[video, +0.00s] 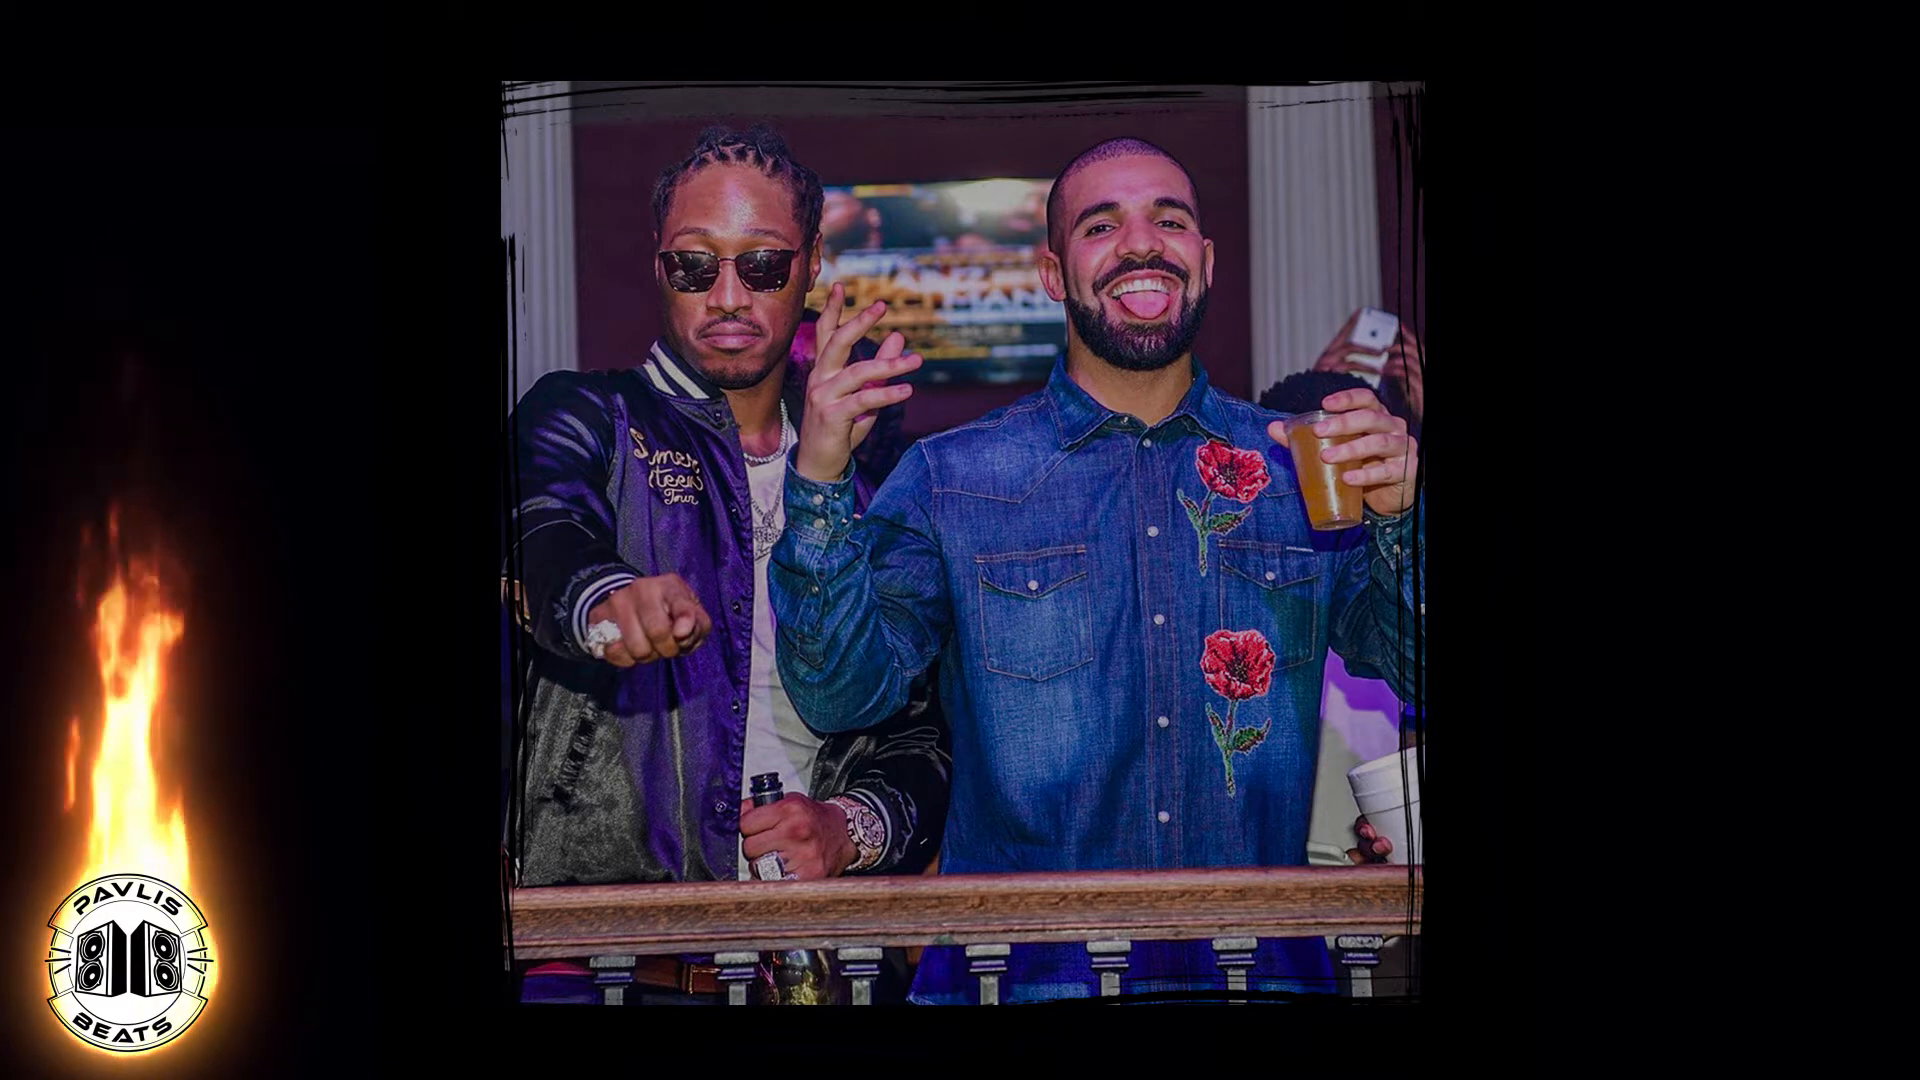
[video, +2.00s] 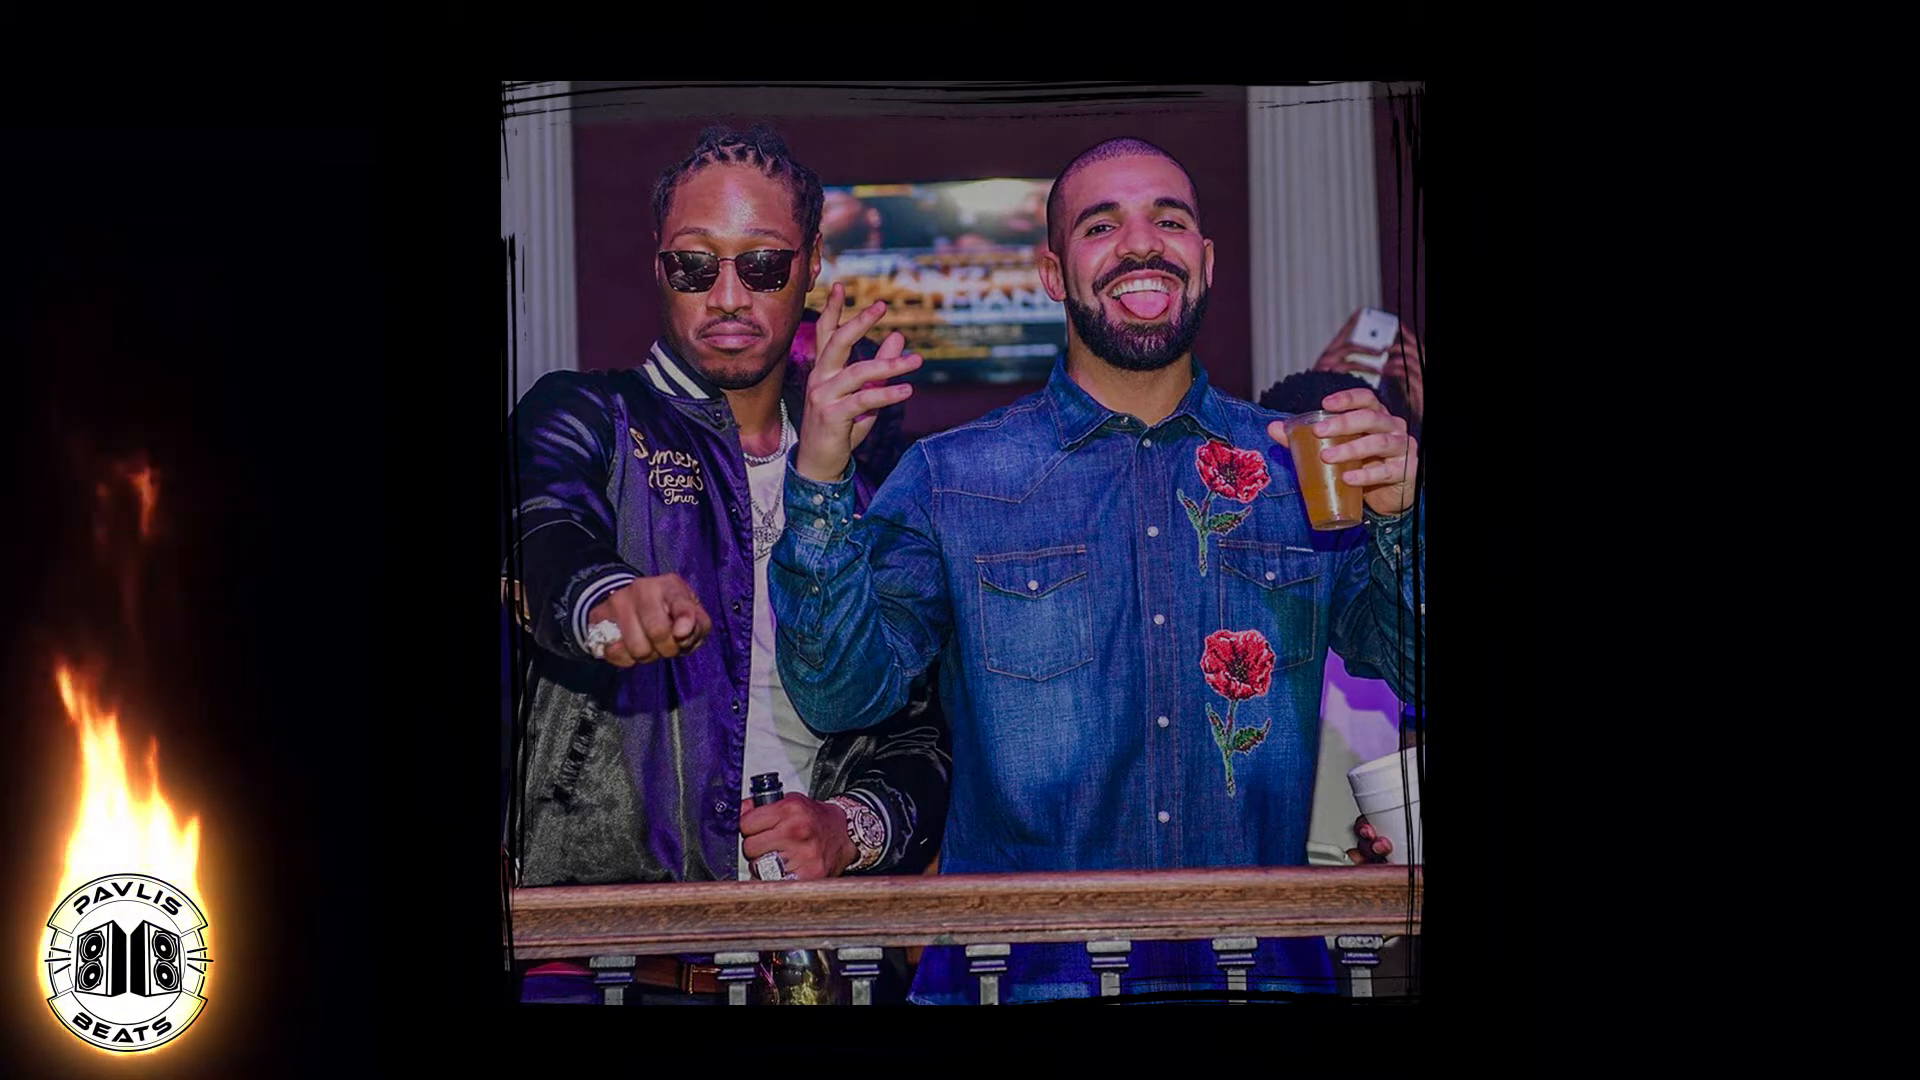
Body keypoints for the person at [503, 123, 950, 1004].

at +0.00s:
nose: (729, 296)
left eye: (763, 266)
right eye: (694, 266)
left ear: (811, 274)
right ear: (658, 272)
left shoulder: (878, 460)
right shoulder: (581, 412)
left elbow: (926, 726)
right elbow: (540, 525)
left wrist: (857, 826)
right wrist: (602, 595)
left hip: (827, 944)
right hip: (605, 943)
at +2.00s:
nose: (729, 296)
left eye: (763, 266)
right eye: (694, 266)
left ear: (811, 274)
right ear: (658, 272)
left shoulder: (878, 460)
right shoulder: (581, 412)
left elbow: (926, 725)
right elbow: (540, 525)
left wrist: (857, 826)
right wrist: (602, 595)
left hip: (827, 944)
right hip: (605, 943)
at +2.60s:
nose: (729, 296)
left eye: (763, 266)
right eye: (694, 266)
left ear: (811, 274)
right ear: (658, 272)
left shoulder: (878, 460)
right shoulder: (581, 412)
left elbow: (926, 725)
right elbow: (540, 525)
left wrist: (857, 826)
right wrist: (602, 595)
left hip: (827, 944)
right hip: (605, 943)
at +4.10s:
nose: (729, 296)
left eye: (764, 266)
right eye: (694, 266)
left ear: (811, 274)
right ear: (658, 272)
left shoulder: (878, 460)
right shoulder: (581, 412)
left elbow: (926, 725)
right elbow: (540, 525)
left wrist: (857, 826)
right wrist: (602, 595)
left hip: (827, 943)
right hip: (605, 943)